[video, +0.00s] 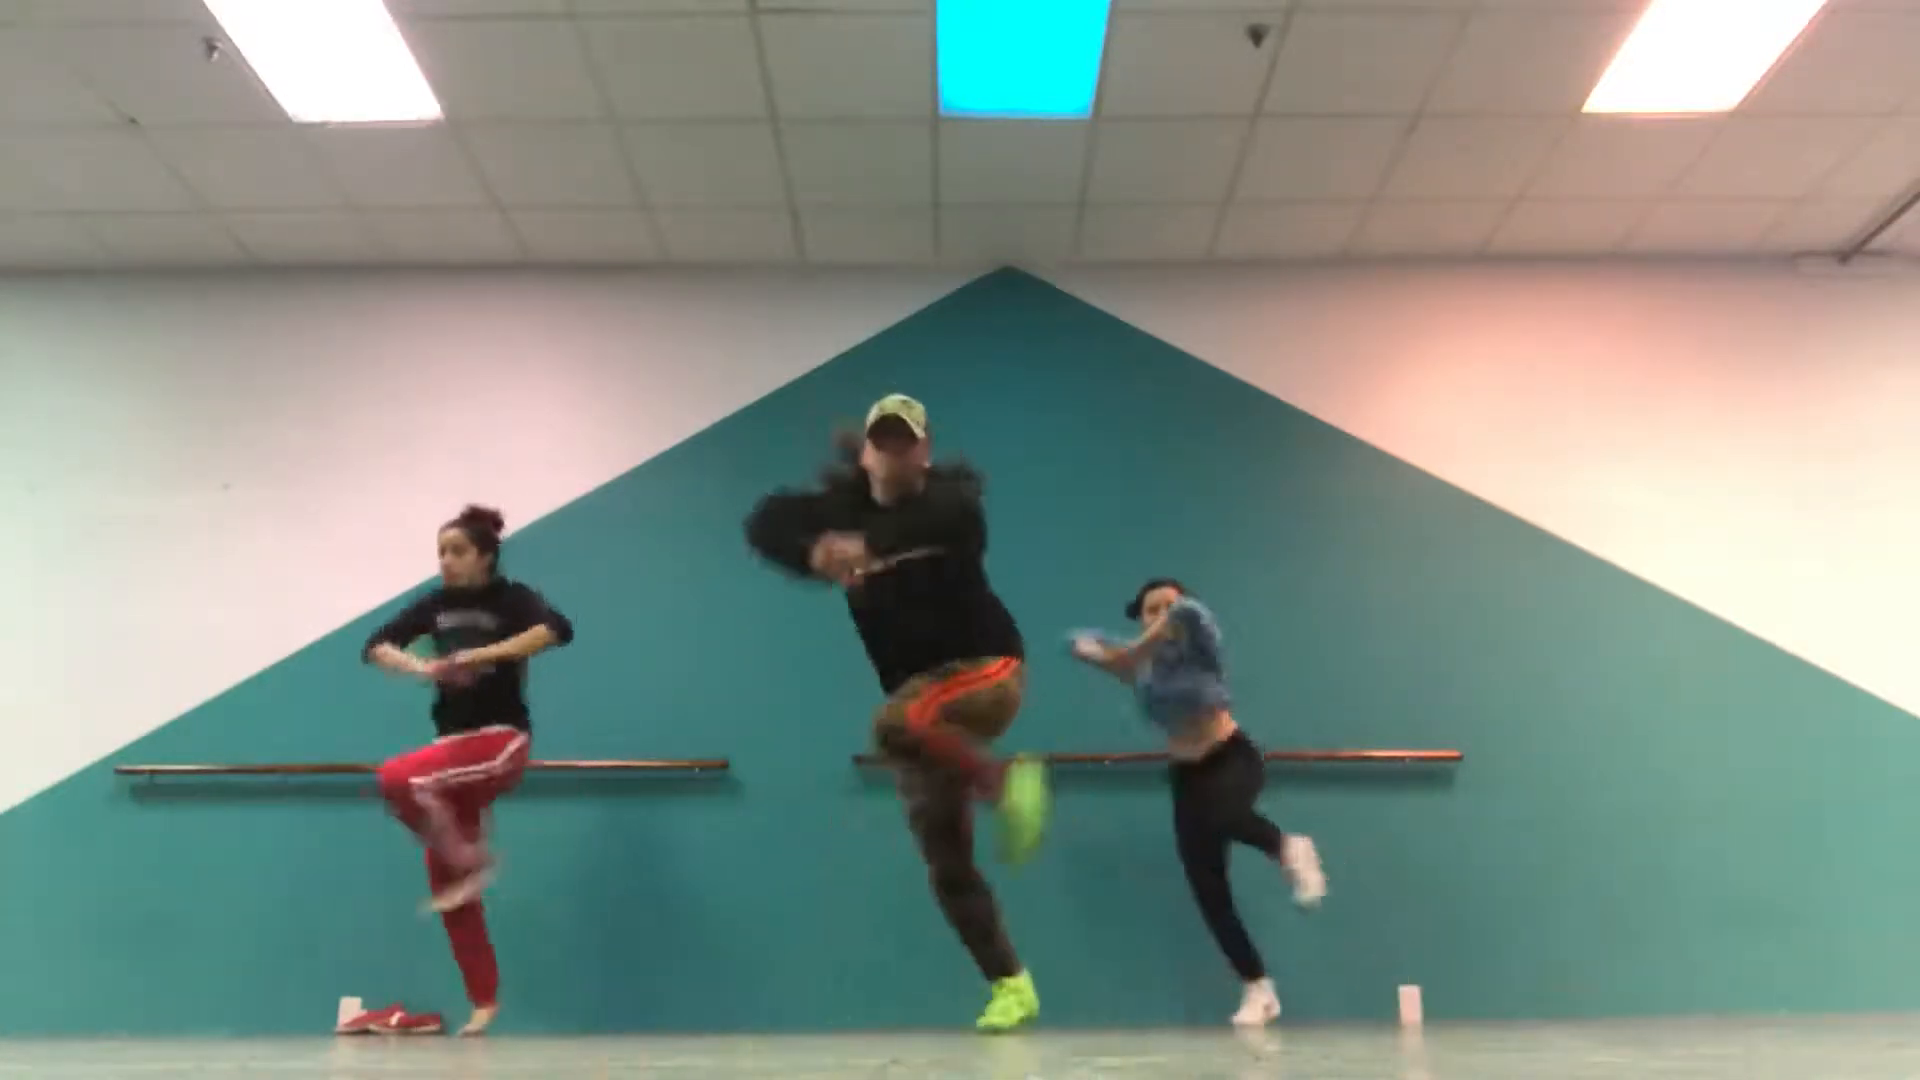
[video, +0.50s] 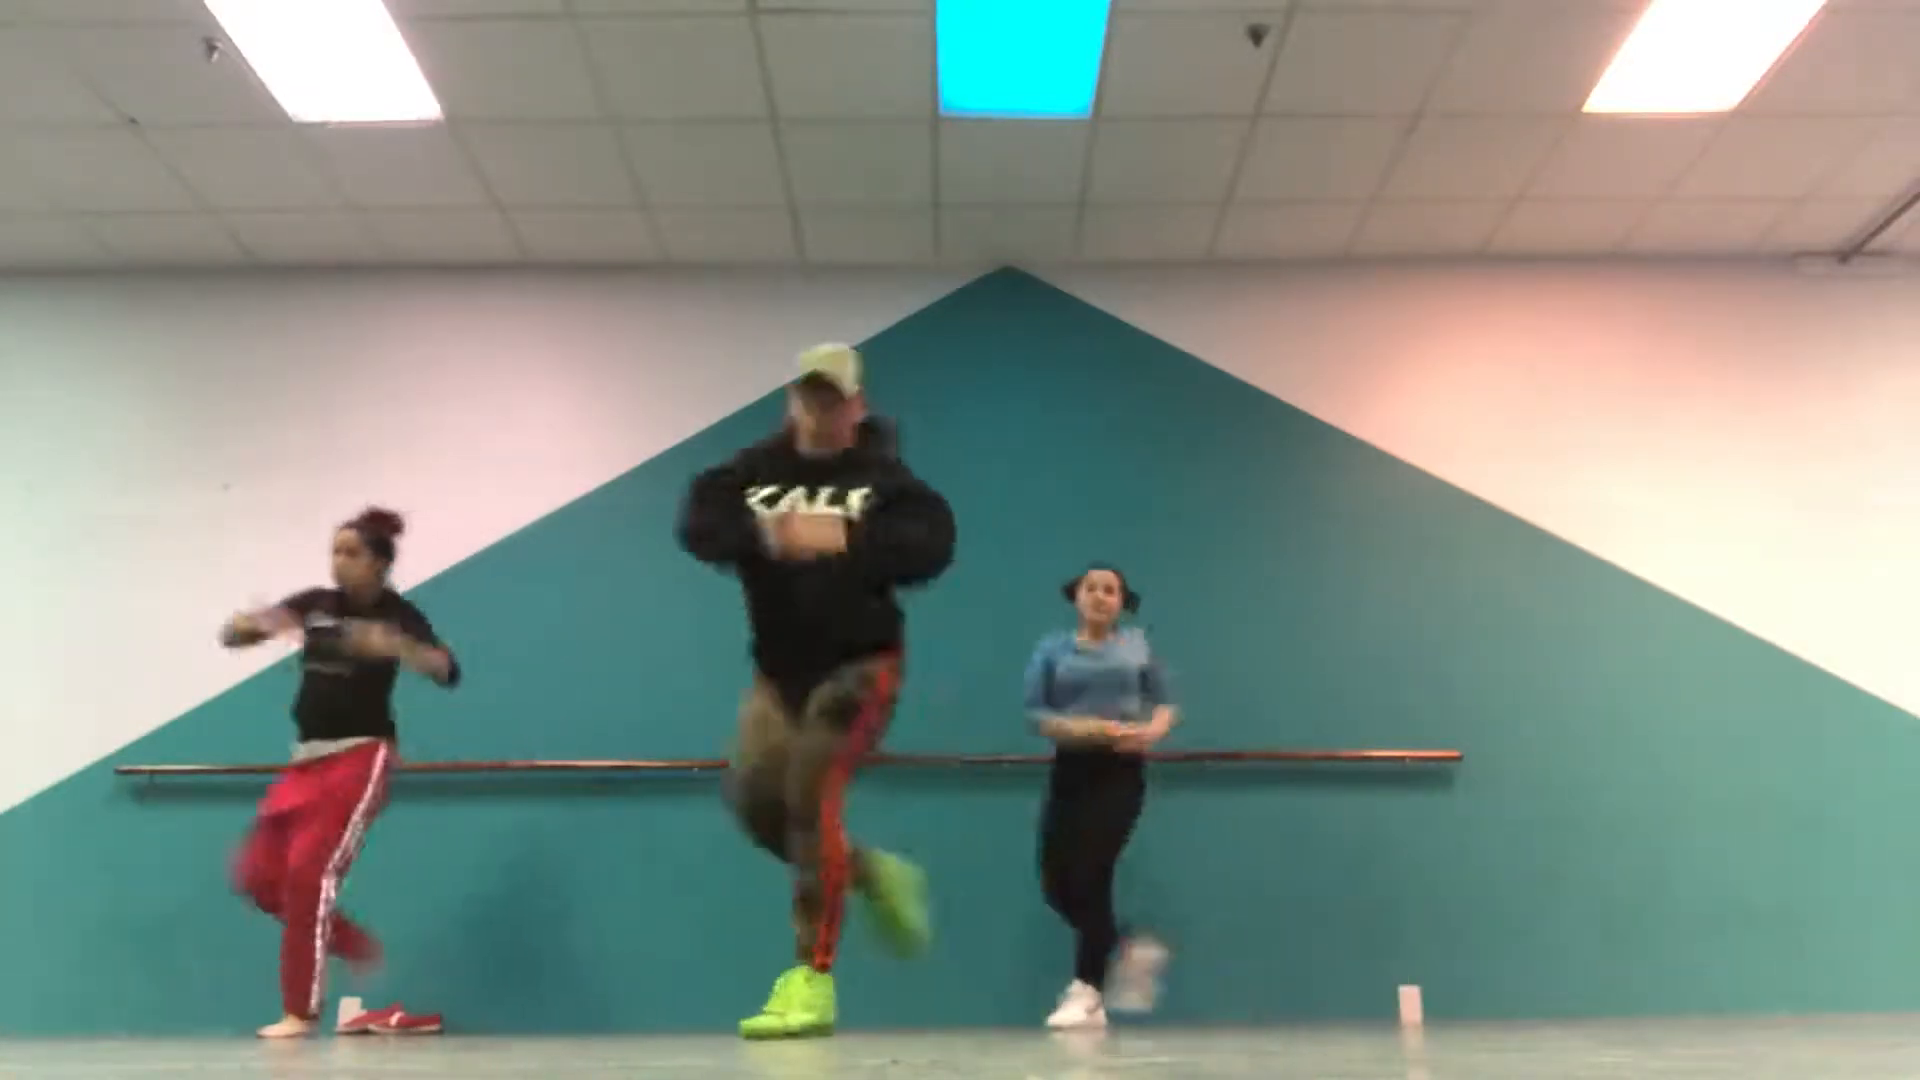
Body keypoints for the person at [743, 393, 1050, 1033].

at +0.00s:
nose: (893, 451)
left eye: (904, 441)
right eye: (882, 440)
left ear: (924, 450)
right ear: (865, 451)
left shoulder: (952, 492)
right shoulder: (844, 505)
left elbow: (948, 520)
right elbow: (765, 522)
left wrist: (868, 544)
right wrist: (817, 548)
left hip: (986, 668)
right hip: (912, 693)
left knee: (898, 723)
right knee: (945, 858)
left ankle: (1008, 785)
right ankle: (1009, 982)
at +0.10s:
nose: (894, 438)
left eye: (907, 429)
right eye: (884, 428)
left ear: (928, 442)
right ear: (867, 438)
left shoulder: (956, 499)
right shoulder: (840, 509)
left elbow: (957, 581)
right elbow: (783, 582)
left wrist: (877, 626)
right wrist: (814, 639)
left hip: (973, 668)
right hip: (904, 685)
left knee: (903, 746)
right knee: (947, 842)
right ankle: (1007, 974)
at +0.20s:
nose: (888, 443)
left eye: (901, 434)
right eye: (879, 432)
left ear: (923, 448)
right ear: (861, 442)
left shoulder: (947, 513)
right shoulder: (831, 521)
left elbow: (951, 617)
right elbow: (819, 617)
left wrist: (900, 701)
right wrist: (830, 703)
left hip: (947, 688)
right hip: (878, 695)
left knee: (896, 816)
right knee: (953, 844)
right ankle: (1012, 982)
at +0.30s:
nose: (873, 438)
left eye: (887, 429)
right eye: (865, 426)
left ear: (908, 444)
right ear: (847, 435)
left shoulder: (933, 525)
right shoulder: (809, 516)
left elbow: (939, 625)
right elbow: (800, 619)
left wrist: (897, 709)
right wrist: (821, 708)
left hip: (924, 694)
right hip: (853, 699)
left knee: (871, 822)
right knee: (933, 848)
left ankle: (818, 979)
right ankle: (1008, 980)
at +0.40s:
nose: (850, 410)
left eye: (866, 400)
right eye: (842, 396)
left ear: (890, 415)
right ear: (824, 403)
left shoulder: (910, 492)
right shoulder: (778, 480)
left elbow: (934, 579)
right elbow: (754, 576)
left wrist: (871, 641)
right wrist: (794, 643)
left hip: (889, 668)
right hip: (814, 672)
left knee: (852, 807)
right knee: (856, 825)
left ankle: (817, 979)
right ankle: (973, 950)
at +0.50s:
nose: (818, 410)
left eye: (833, 399)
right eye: (809, 397)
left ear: (857, 407)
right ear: (792, 402)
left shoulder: (882, 475)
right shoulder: (755, 468)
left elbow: (932, 539)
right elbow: (699, 525)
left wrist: (843, 536)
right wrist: (771, 533)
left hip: (859, 664)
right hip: (780, 670)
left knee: (814, 797)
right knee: (755, 800)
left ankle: (812, 975)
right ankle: (874, 877)